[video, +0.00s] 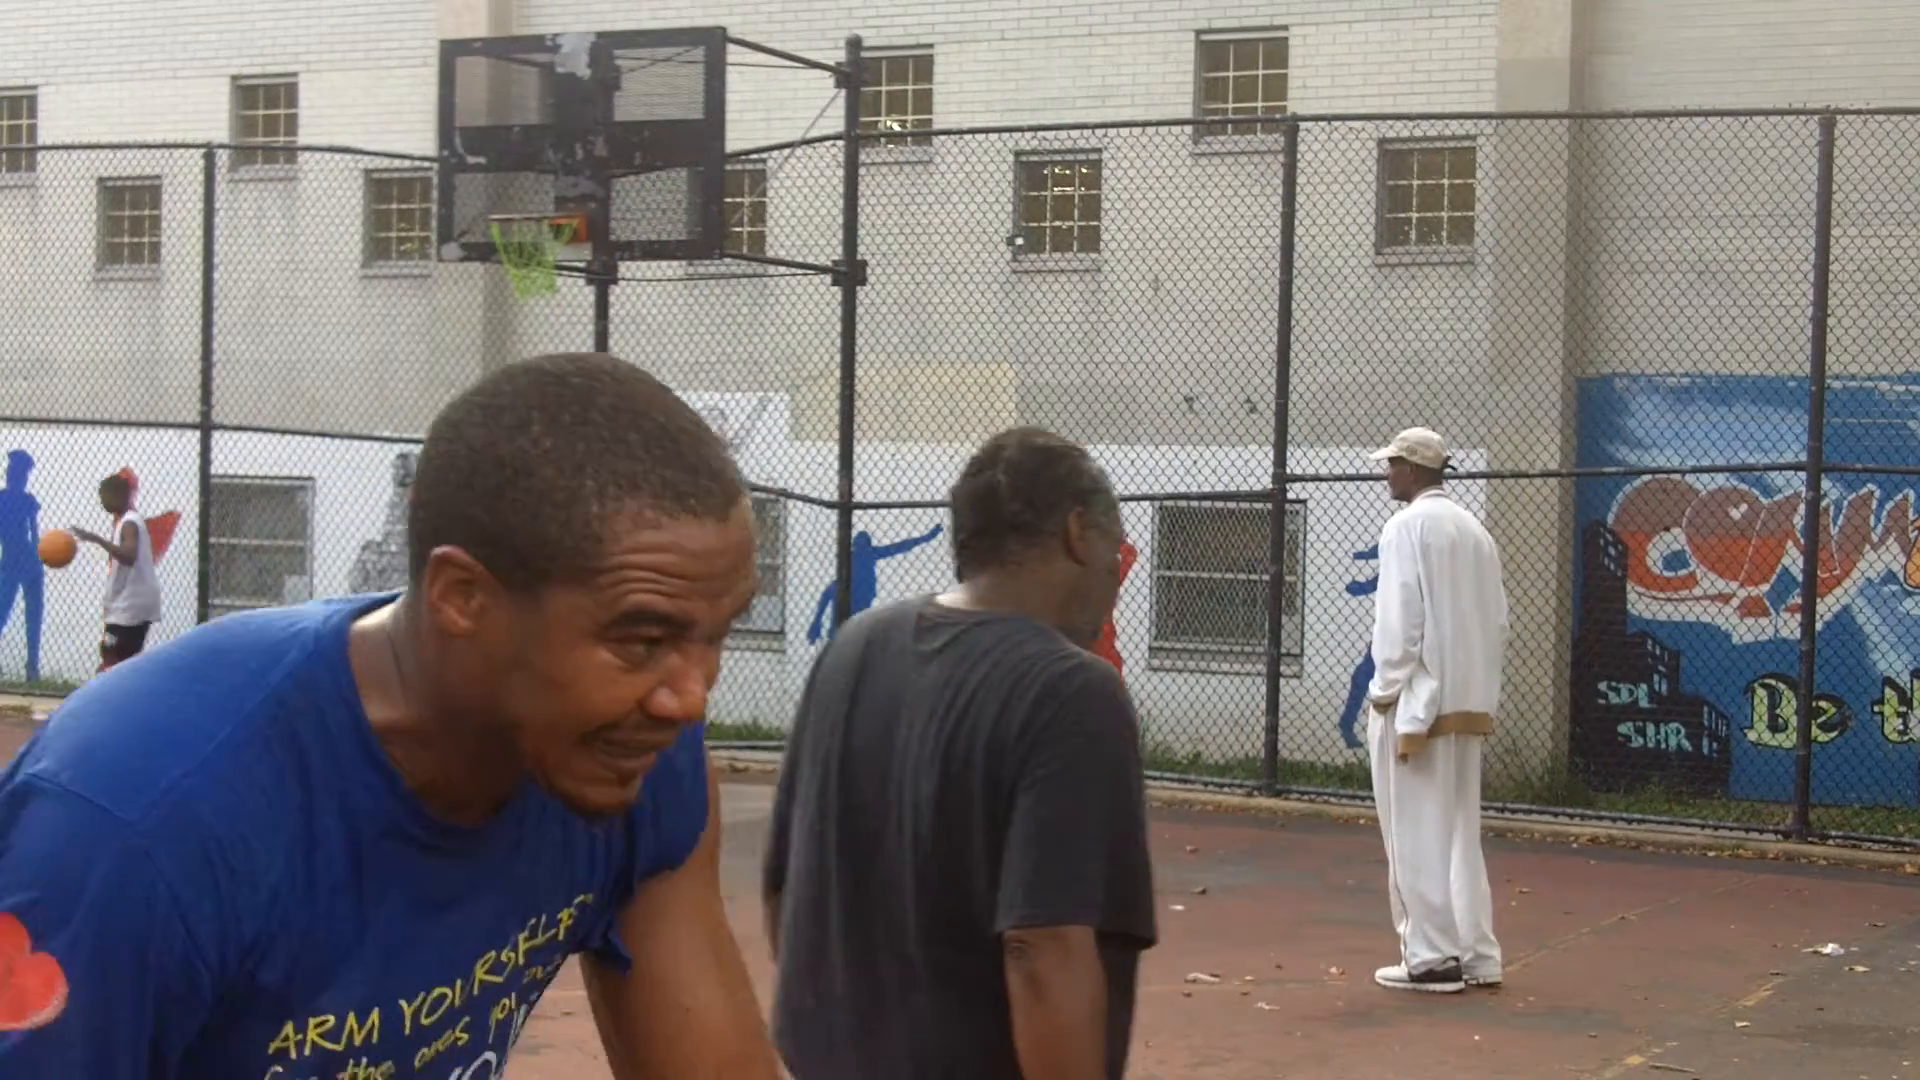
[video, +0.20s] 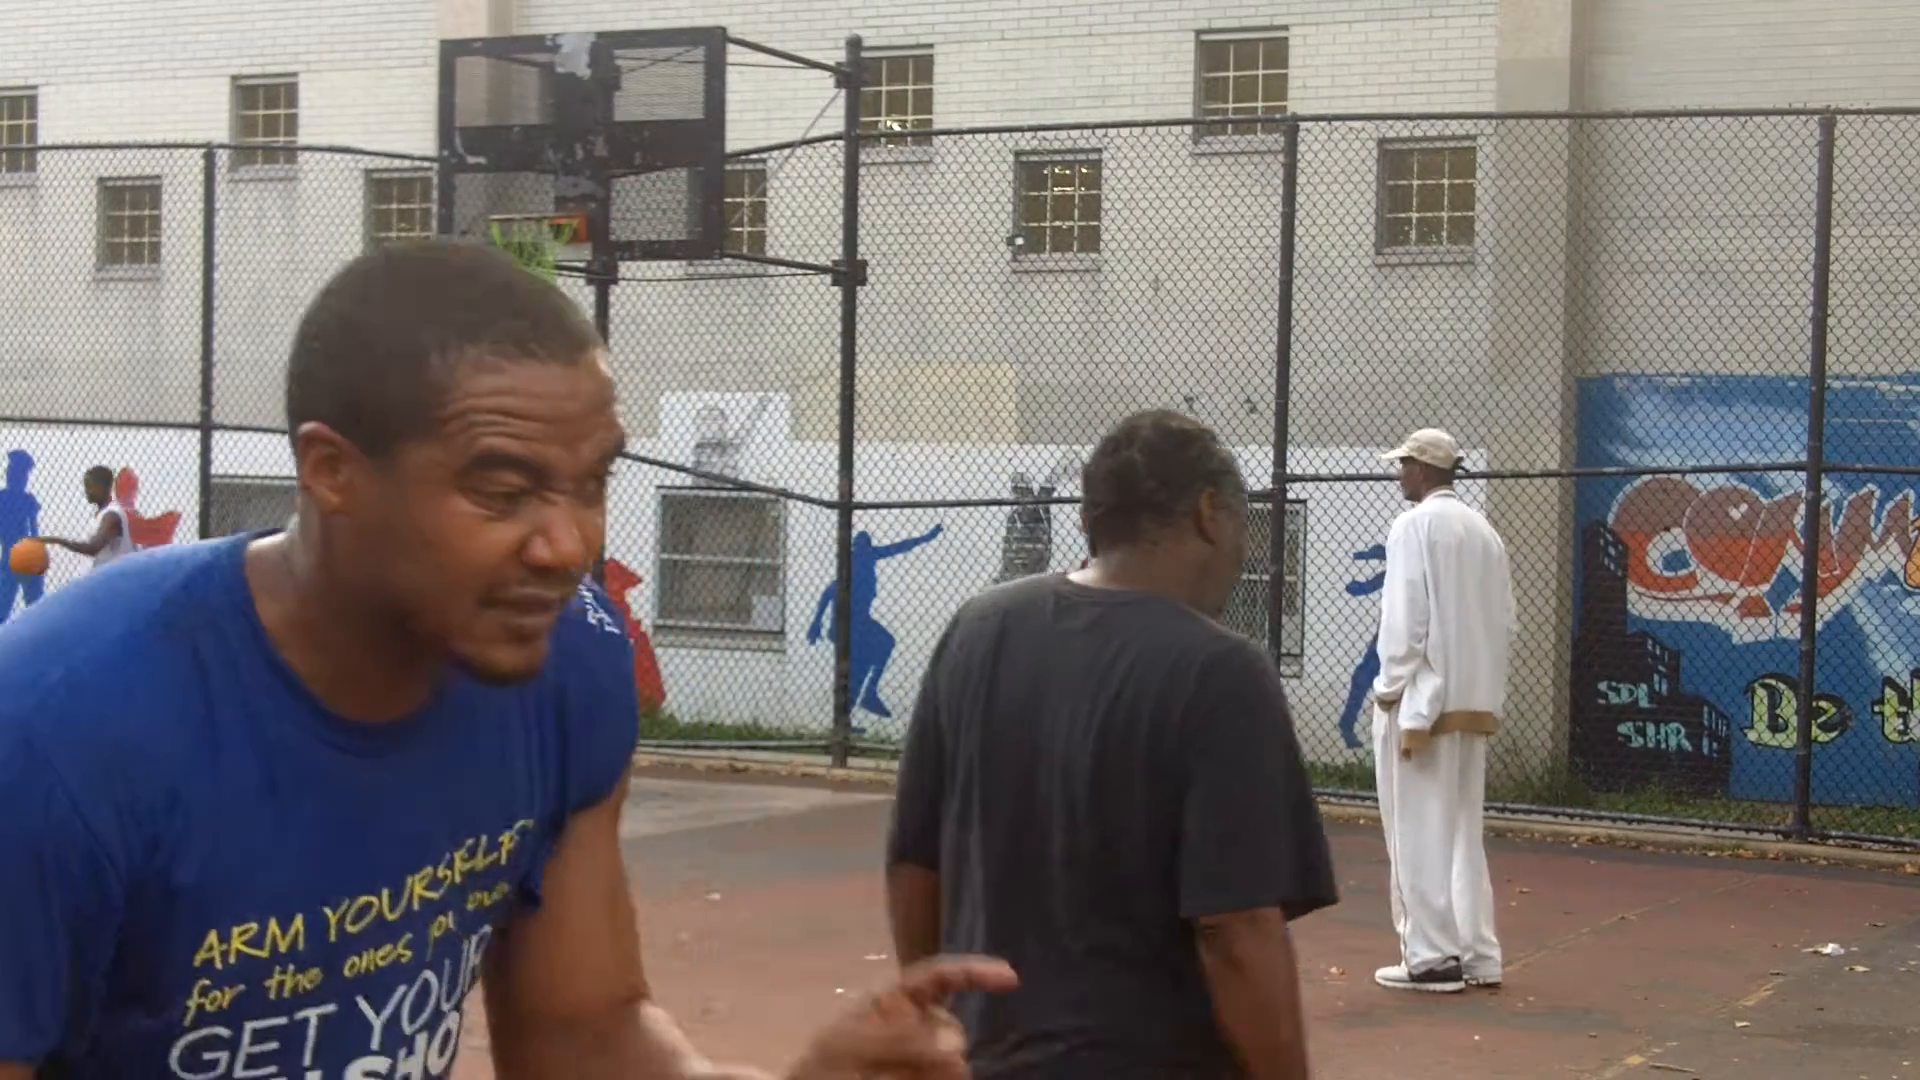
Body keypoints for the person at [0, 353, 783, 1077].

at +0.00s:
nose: (694, 700)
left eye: (720, 636)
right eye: (643, 637)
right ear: (460, 600)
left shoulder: (638, 747)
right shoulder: (135, 827)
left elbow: (722, 1066)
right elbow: (38, 1047)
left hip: (429, 1053)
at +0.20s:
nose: (572, 547)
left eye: (594, 487)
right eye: (506, 487)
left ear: (614, 470)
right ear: (331, 472)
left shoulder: (566, 666)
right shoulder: (61, 730)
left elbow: (583, 1028)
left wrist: (797, 1067)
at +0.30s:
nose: (490, 491)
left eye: (515, 428)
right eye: (423, 430)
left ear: (535, 417)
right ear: (255, 428)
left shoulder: (500, 635)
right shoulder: (35, 681)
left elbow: (496, 1003)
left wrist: (671, 1024)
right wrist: (294, 1078)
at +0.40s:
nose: (394, 447)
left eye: (418, 387)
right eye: (324, 391)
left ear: (437, 384)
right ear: (160, 393)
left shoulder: (419, 610)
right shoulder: (19, 640)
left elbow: (434, 978)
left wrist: (596, 981)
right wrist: (197, 1064)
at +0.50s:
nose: (279, 424)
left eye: (301, 366)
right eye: (208, 364)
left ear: (320, 368)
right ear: (47, 379)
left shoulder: (311, 604)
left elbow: (365, 978)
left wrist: (536, 989)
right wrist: (146, 1049)